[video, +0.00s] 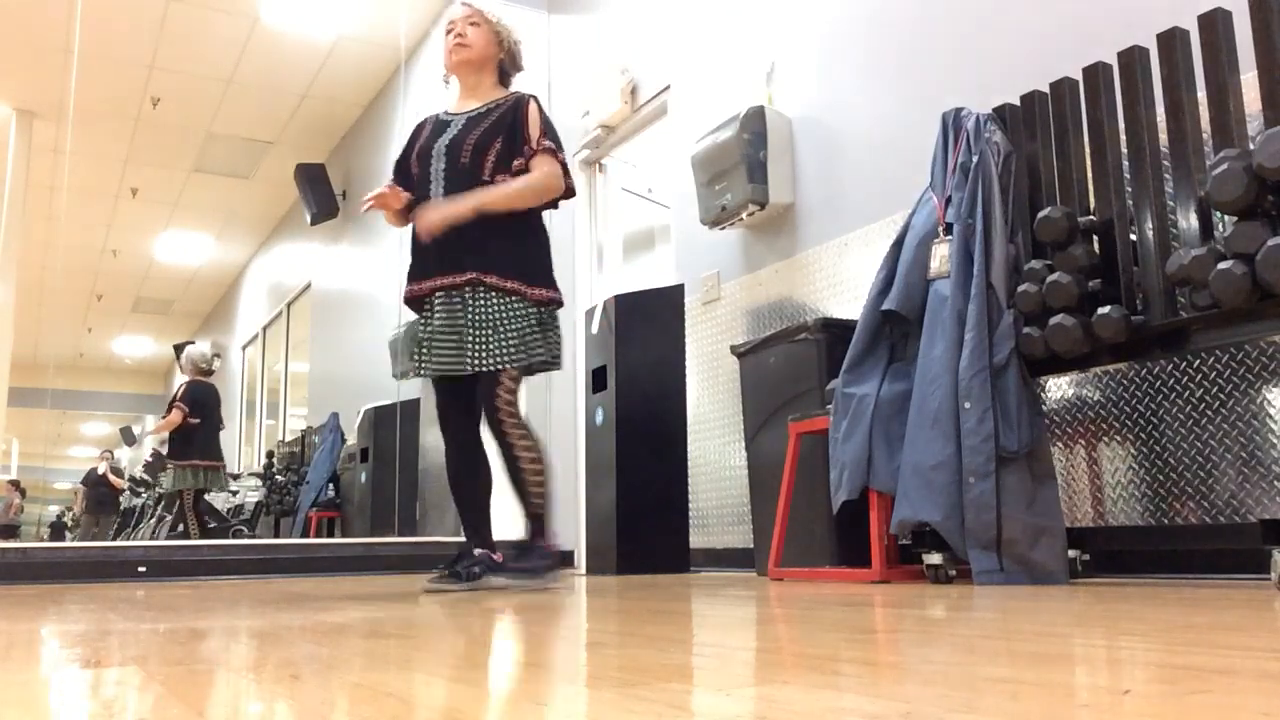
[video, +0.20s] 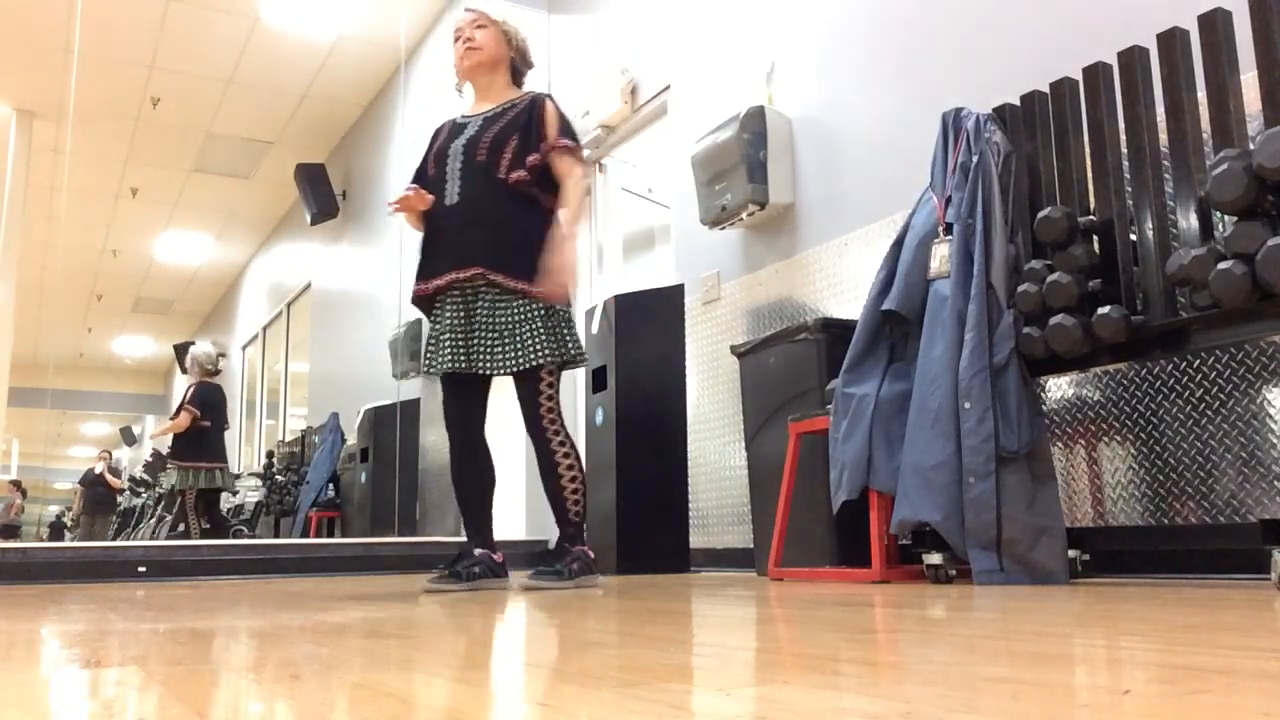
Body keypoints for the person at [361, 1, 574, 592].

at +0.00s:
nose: (456, 30)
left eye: (471, 25)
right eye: (449, 28)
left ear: (499, 49)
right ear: (444, 57)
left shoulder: (520, 107)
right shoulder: (427, 129)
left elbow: (551, 181)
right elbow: (406, 211)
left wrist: (460, 204)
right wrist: (394, 205)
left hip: (505, 281)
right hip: (442, 286)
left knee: (502, 411)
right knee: (456, 420)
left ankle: (543, 542)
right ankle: (479, 547)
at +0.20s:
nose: (464, 38)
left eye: (478, 29)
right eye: (458, 35)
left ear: (510, 49)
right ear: (457, 61)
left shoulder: (537, 107)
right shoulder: (445, 132)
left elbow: (575, 182)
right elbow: (437, 223)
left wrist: (561, 246)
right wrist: (416, 210)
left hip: (523, 279)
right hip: (455, 284)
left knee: (543, 417)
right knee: (462, 423)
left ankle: (574, 548)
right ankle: (482, 552)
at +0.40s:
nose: (477, 41)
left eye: (491, 34)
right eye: (472, 38)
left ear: (523, 54)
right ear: (471, 62)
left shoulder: (555, 110)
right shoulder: (460, 137)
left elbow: (606, 160)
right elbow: (438, 210)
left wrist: (660, 196)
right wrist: (442, 216)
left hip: (551, 285)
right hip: (483, 289)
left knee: (555, 416)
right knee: (466, 418)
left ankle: (576, 549)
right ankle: (484, 551)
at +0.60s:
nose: (491, 48)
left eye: (506, 42)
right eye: (485, 44)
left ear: (534, 64)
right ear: (480, 71)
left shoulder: (565, 119)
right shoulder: (470, 149)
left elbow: (607, 165)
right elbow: (451, 221)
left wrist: (637, 175)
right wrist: (456, 244)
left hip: (569, 291)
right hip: (503, 299)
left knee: (566, 415)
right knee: (463, 412)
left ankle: (579, 549)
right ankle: (481, 548)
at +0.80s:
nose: (495, 50)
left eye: (509, 42)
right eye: (490, 45)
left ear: (539, 61)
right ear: (487, 68)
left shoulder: (565, 118)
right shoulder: (476, 147)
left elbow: (614, 184)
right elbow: (456, 231)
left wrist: (565, 160)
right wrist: (434, 212)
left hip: (565, 288)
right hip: (499, 297)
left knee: (566, 416)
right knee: (456, 409)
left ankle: (579, 550)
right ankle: (473, 544)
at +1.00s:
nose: (490, 51)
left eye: (503, 42)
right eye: (484, 46)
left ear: (534, 60)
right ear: (481, 70)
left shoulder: (554, 122)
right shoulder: (469, 141)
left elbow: (576, 195)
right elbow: (432, 210)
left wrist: (491, 188)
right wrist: (397, 152)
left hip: (539, 295)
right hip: (479, 299)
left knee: (549, 418)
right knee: (452, 421)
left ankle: (578, 549)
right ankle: (465, 552)